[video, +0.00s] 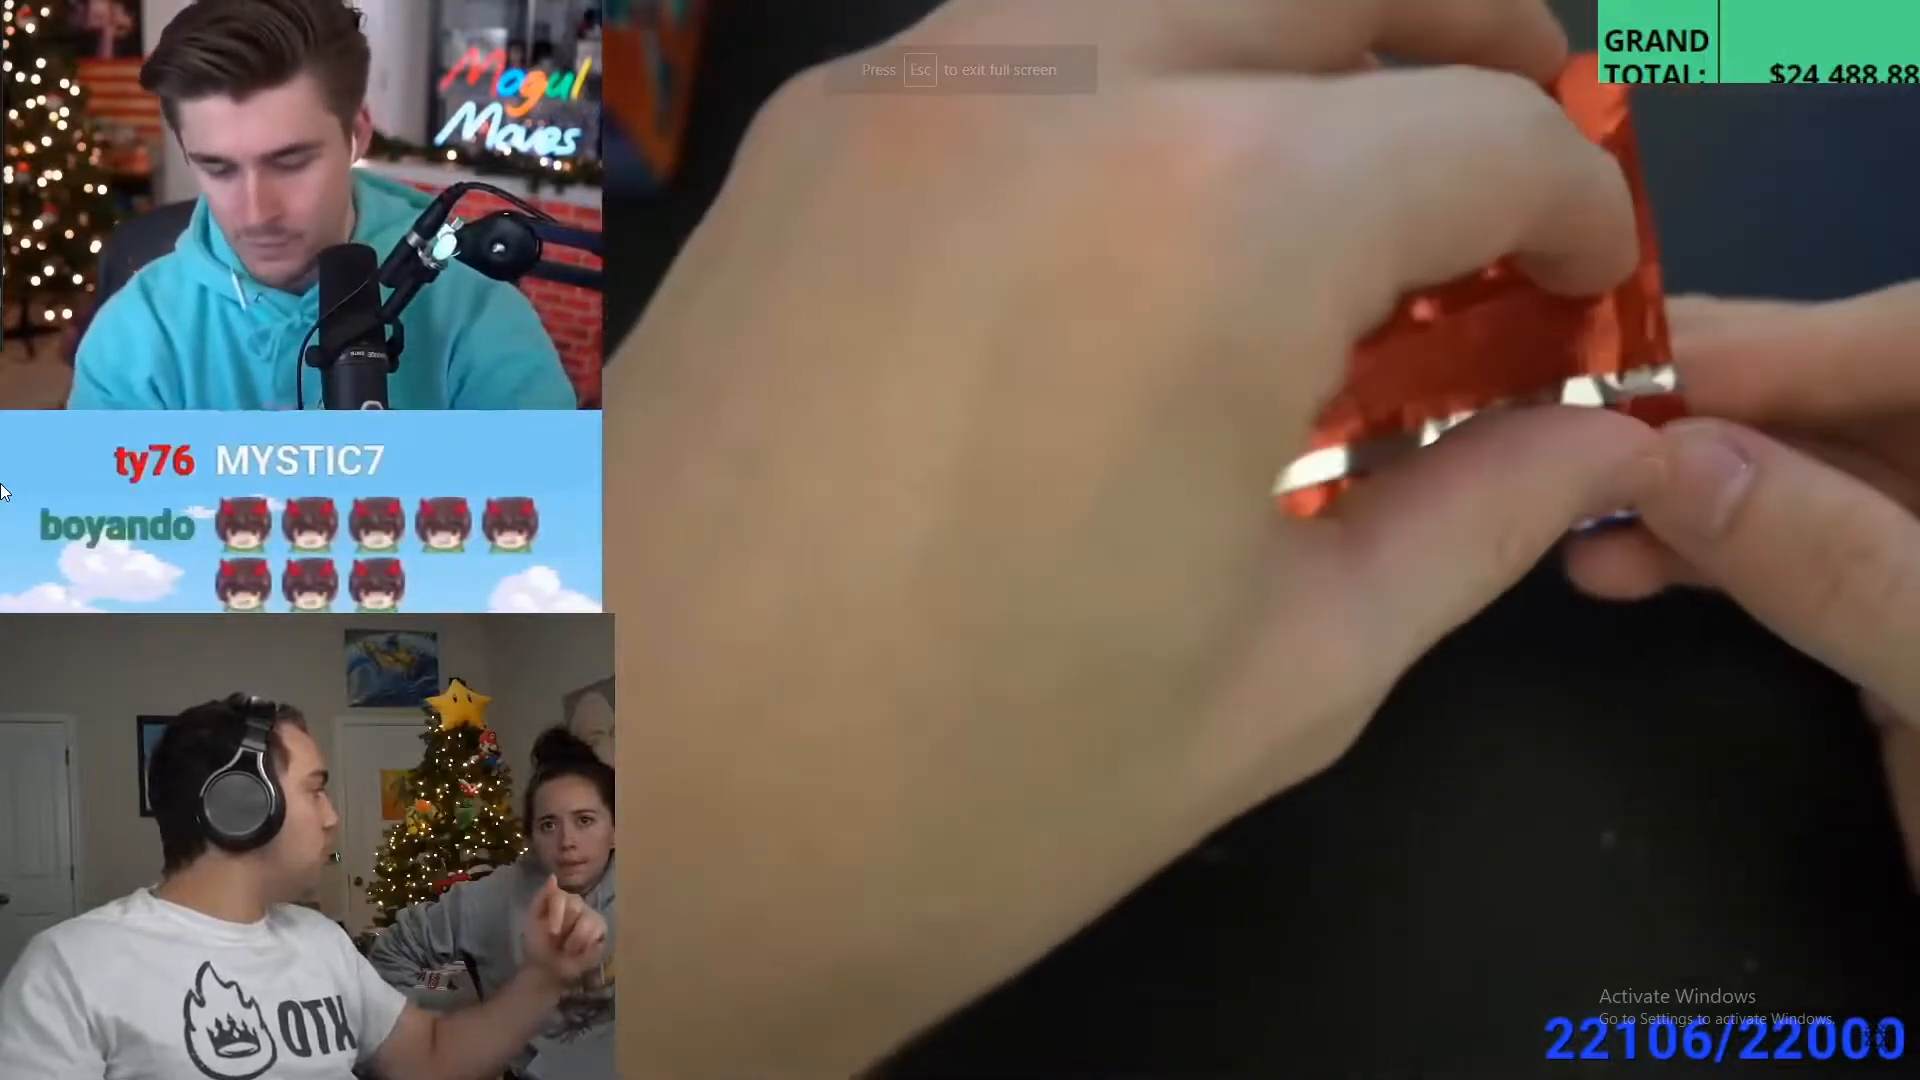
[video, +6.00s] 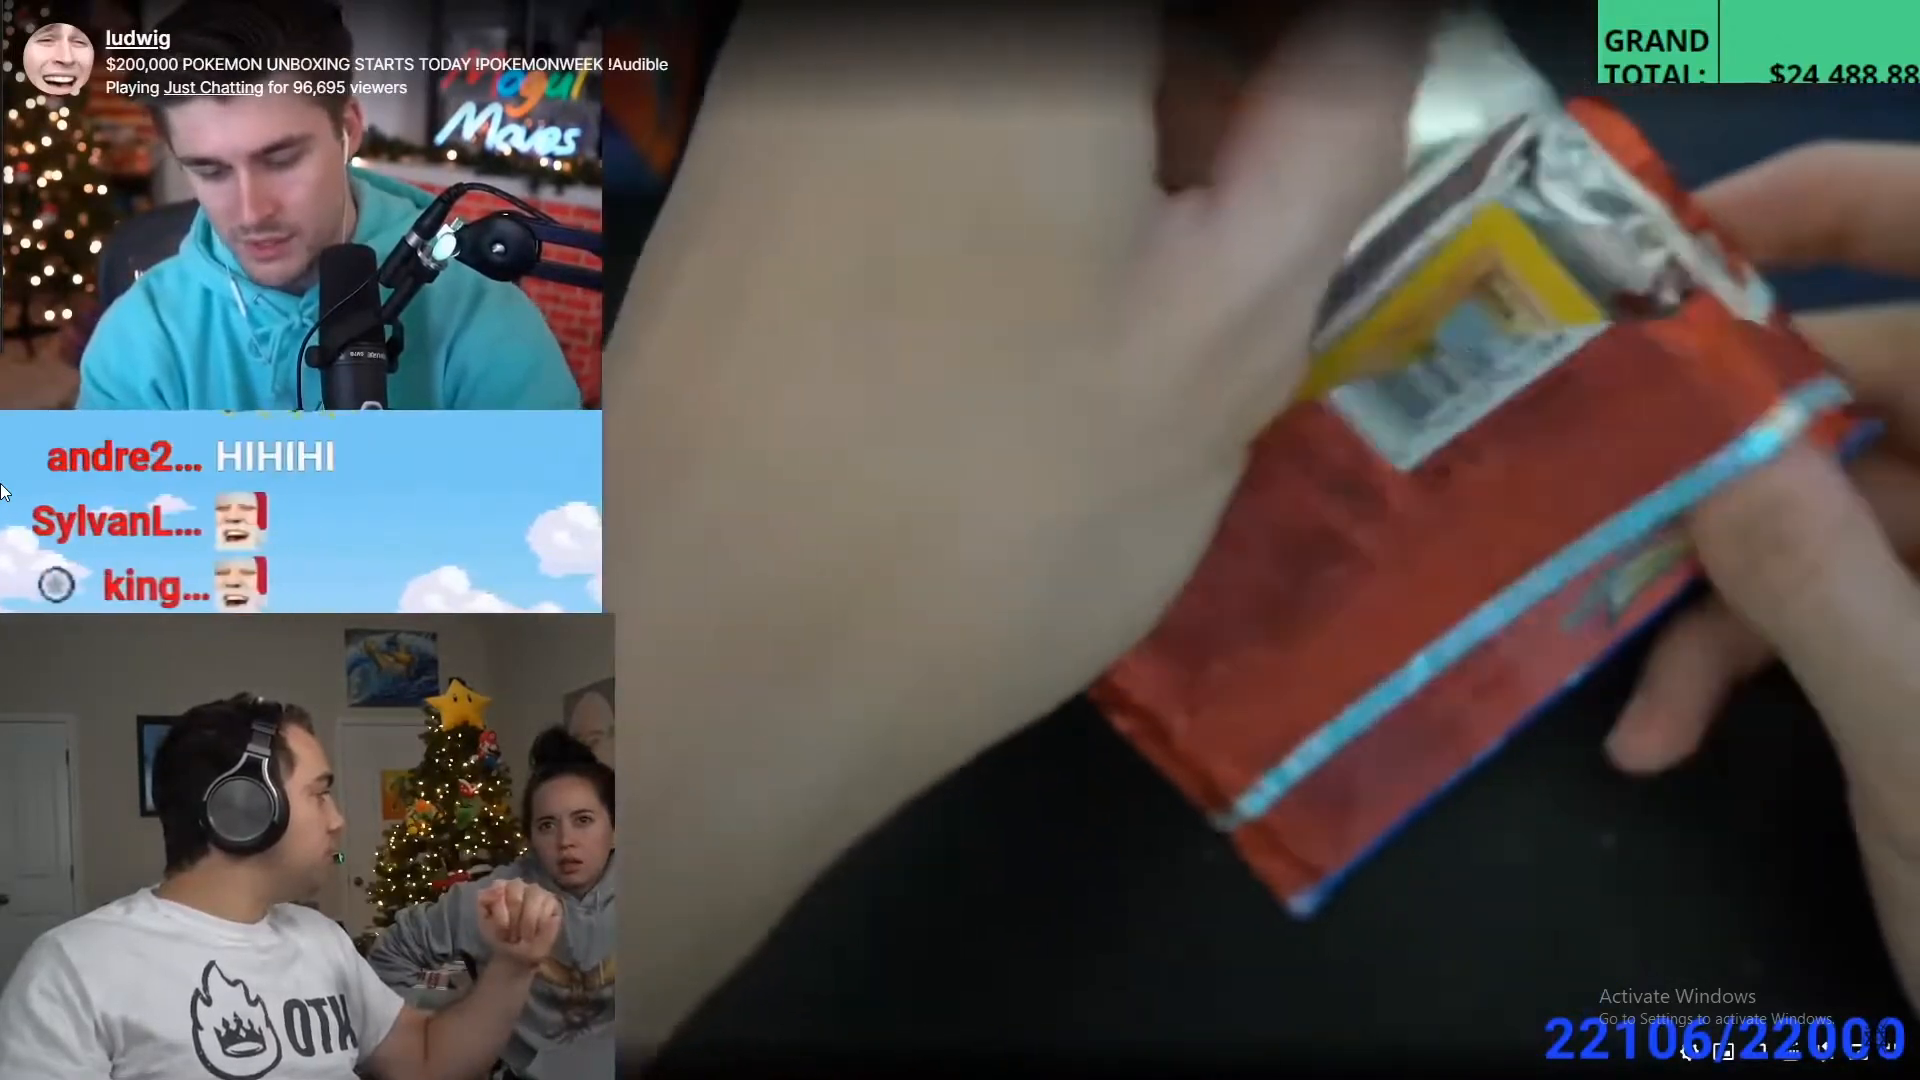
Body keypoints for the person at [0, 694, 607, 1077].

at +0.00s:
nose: (334, 815)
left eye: (326, 789)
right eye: (316, 787)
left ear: (239, 802)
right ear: (236, 801)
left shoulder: (320, 943)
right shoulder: (68, 972)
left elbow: (433, 1053)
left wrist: (544, 977)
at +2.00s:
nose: (342, 819)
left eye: (335, 793)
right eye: (325, 792)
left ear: (256, 802)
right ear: (244, 802)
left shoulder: (324, 943)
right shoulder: (79, 966)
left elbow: (432, 1051)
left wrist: (557, 990)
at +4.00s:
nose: (343, 818)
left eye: (334, 794)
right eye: (323, 795)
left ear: (259, 804)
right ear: (245, 806)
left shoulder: (322, 944)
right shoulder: (77, 967)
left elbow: (424, 1057)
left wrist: (513, 962)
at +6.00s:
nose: (340, 818)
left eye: (331, 792)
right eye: (320, 793)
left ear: (256, 804)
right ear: (241, 805)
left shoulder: (322, 943)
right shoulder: (73, 969)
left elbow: (427, 1058)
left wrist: (511, 965)